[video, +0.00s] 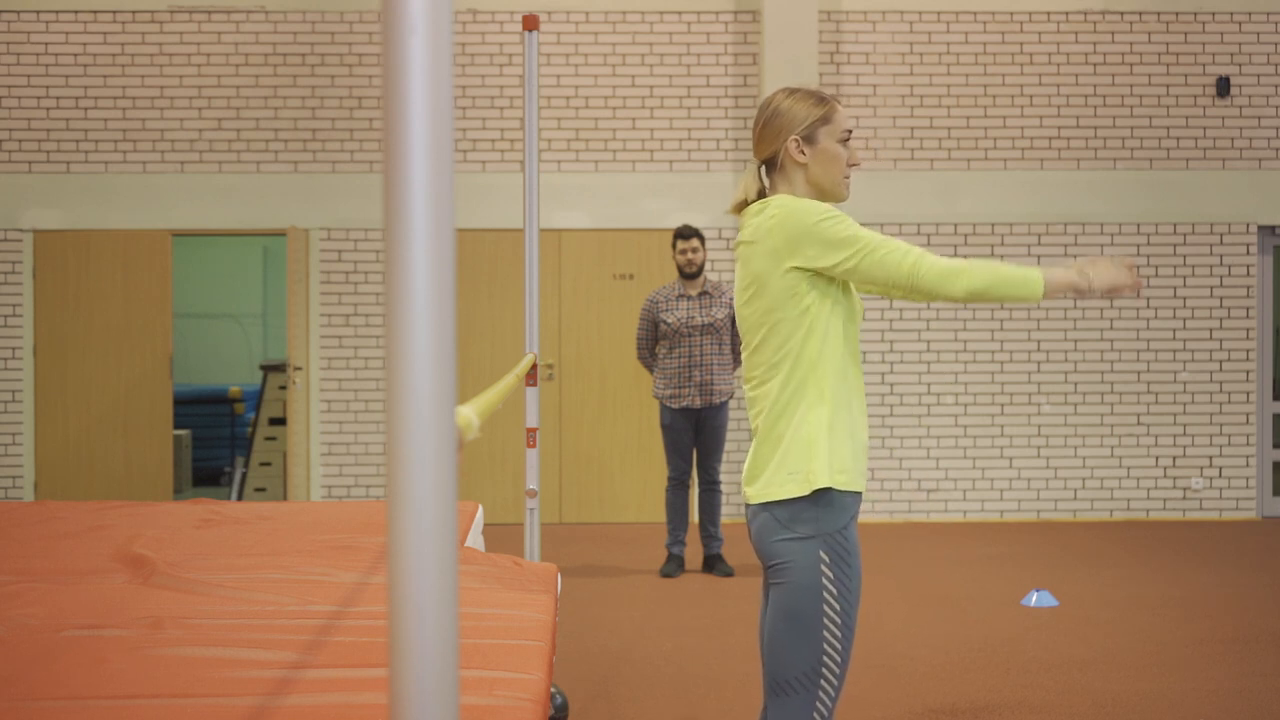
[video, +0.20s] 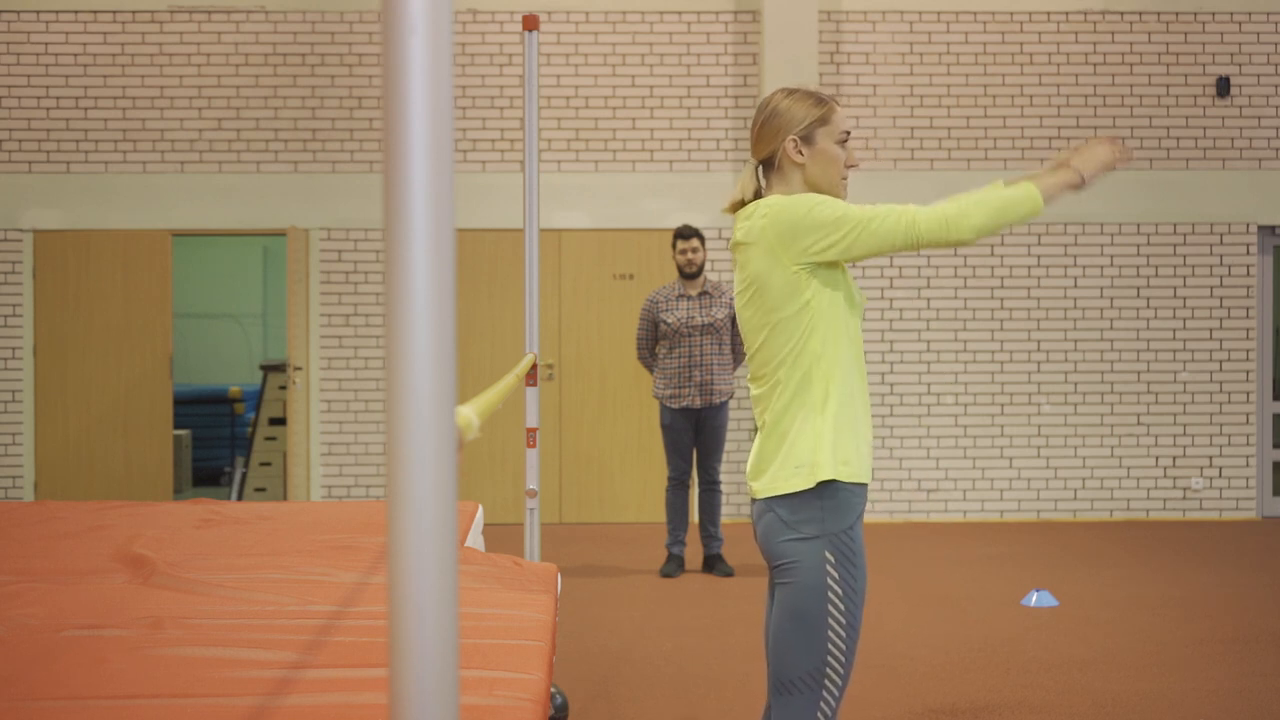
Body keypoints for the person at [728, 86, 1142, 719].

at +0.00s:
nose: (854, 156)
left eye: (850, 139)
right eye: (841, 140)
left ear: (798, 153)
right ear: (797, 151)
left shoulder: (778, 224)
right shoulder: (795, 223)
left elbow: (925, 277)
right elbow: (931, 276)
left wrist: (1067, 279)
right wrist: (1073, 277)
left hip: (799, 501)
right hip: (809, 502)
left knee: (794, 704)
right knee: (804, 706)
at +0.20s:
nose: (852, 156)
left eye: (848, 141)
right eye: (840, 141)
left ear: (796, 153)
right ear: (796, 151)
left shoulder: (782, 223)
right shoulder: (785, 221)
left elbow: (927, 223)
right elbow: (932, 225)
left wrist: (1047, 176)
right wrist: (1064, 176)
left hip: (806, 498)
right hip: (812, 499)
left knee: (800, 703)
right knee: (807, 705)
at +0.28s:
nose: (850, 157)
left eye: (847, 142)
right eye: (840, 142)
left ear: (795, 152)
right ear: (796, 150)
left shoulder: (783, 223)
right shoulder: (783, 220)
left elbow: (922, 204)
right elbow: (931, 205)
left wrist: (1025, 144)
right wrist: (1055, 137)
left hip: (812, 495)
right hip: (814, 497)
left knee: (803, 700)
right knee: (809, 702)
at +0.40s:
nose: (849, 159)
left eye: (848, 144)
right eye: (840, 144)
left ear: (790, 151)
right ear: (792, 149)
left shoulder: (782, 221)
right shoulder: (783, 222)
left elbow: (913, 176)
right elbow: (932, 180)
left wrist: (1005, 94)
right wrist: (1028, 89)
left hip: (814, 494)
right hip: (819, 497)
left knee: (802, 702)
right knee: (814, 704)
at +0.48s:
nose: (853, 157)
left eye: (849, 142)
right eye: (842, 142)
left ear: (796, 151)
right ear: (794, 150)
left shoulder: (783, 222)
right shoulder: (782, 223)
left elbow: (908, 157)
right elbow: (931, 162)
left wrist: (989, 62)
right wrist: (1007, 59)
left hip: (816, 489)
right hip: (821, 494)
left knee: (806, 698)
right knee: (816, 702)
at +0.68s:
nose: (845, 158)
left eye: (845, 143)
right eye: (838, 143)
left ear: (792, 153)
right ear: (797, 152)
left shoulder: (784, 222)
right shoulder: (780, 223)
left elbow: (873, 127)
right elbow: (904, 129)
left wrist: (930, 17)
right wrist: (952, 16)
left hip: (831, 489)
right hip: (828, 494)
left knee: (818, 698)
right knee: (819, 702)